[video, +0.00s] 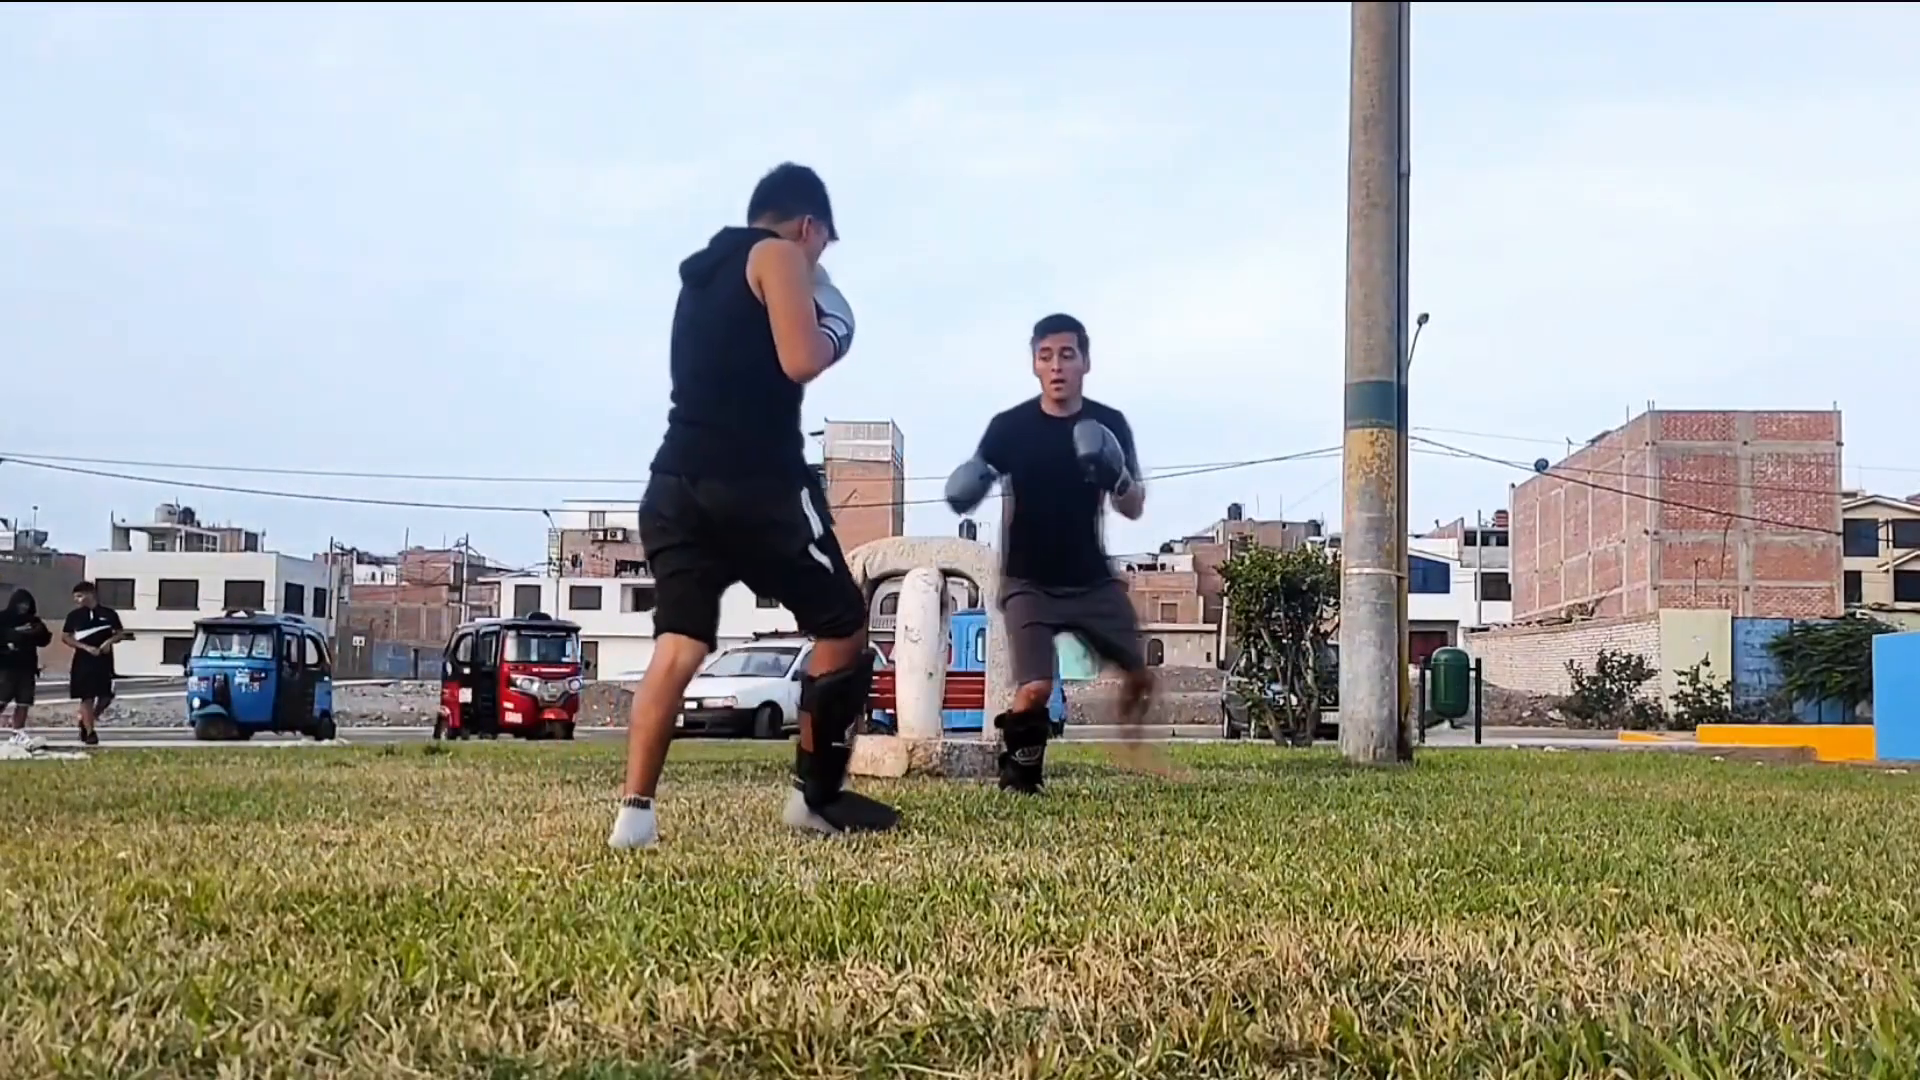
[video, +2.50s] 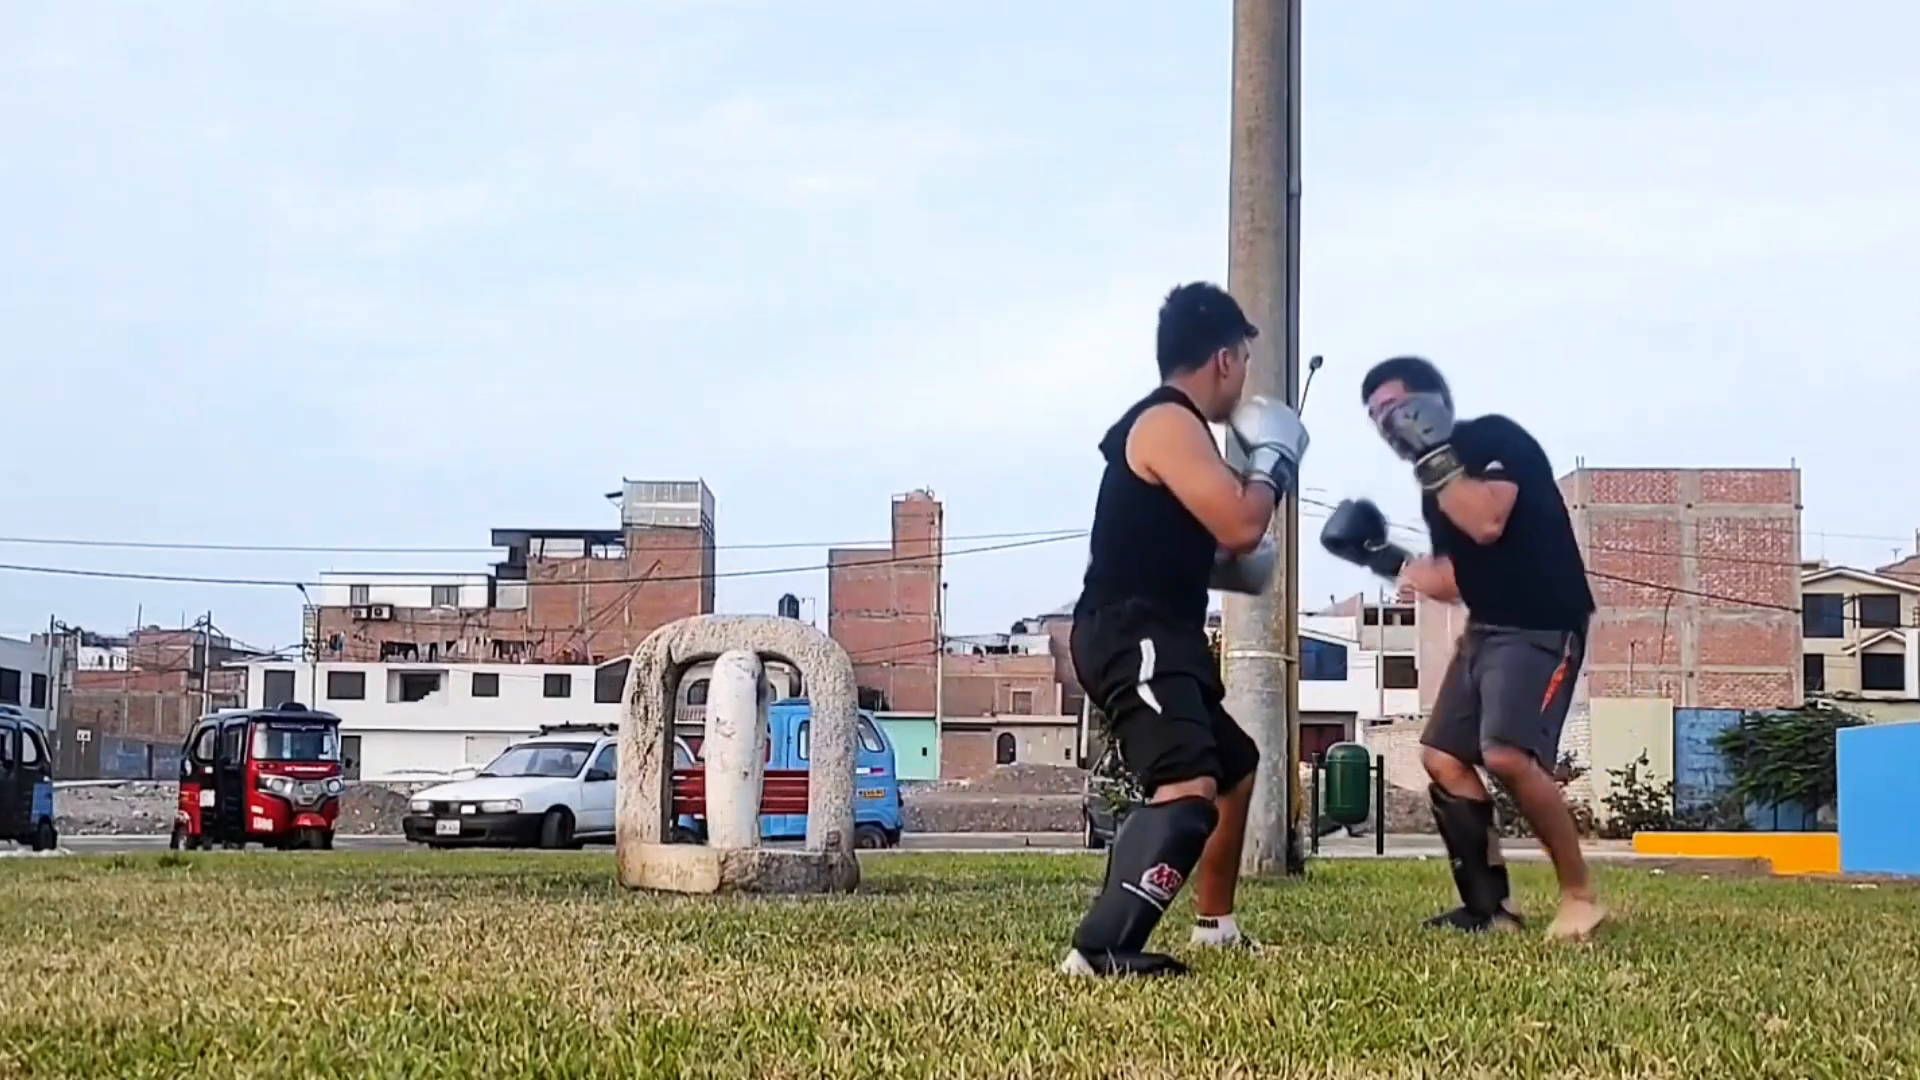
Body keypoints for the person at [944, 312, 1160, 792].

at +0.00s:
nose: (1056, 365)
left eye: (1067, 354)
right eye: (1046, 355)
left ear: (1086, 363)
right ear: (1034, 364)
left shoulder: (1109, 424)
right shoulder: (1007, 426)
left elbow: (1133, 509)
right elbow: (970, 492)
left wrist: (1116, 473)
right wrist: (962, 491)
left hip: (1090, 578)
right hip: (1027, 580)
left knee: (1140, 676)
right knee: (1035, 687)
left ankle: (1127, 745)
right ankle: (1019, 792)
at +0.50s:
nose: (1062, 387)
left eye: (1073, 376)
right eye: (1056, 379)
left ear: (1106, 379)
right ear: (1052, 387)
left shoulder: (1154, 433)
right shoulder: (1055, 450)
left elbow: (1158, 511)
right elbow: (1011, 521)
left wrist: (1122, 449)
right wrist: (992, 460)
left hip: (1158, 588)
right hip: (1086, 594)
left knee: (1205, 668)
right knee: (1032, 695)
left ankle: (1219, 764)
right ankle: (1027, 798)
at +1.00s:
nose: (1189, 355)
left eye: (1197, 341)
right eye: (1182, 346)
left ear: (1231, 333)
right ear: (1208, 347)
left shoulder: (1289, 388)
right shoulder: (1221, 412)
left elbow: (1230, 445)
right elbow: (1141, 466)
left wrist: (1192, 374)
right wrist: (1126, 386)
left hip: (1301, 579)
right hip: (1260, 582)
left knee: (1262, 702)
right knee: (1244, 735)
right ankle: (1299, 865)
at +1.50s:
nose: (1327, 422)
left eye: (1337, 405)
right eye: (1320, 410)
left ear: (1378, 397)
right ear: (1365, 404)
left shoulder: (1429, 448)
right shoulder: (1372, 475)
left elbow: (1343, 536)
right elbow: (1287, 552)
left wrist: (1314, 452)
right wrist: (1271, 468)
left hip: (1530, 631)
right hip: (1490, 638)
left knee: (1456, 772)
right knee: (1428, 790)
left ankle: (1559, 939)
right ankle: (1532, 918)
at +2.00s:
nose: (1384, 596)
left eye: (1390, 578)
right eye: (1379, 590)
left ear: (1414, 551)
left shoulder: (1474, 542)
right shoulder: (1434, 593)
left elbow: (1422, 623)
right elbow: (1370, 670)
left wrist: (1382, 552)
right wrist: (1330, 596)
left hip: (1604, 680)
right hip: (1533, 696)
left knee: (1516, 759)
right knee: (1430, 795)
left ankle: (1584, 935)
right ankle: (1486, 918)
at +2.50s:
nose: (1389, 422)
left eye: (1397, 407)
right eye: (1379, 416)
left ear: (1433, 397)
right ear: (1378, 425)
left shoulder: (1493, 435)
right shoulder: (1434, 486)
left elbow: (1488, 522)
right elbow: (1455, 581)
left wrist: (1434, 459)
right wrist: (1379, 554)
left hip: (1543, 625)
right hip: (1486, 628)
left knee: (1507, 753)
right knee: (1444, 757)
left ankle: (1579, 896)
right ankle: (1488, 909)